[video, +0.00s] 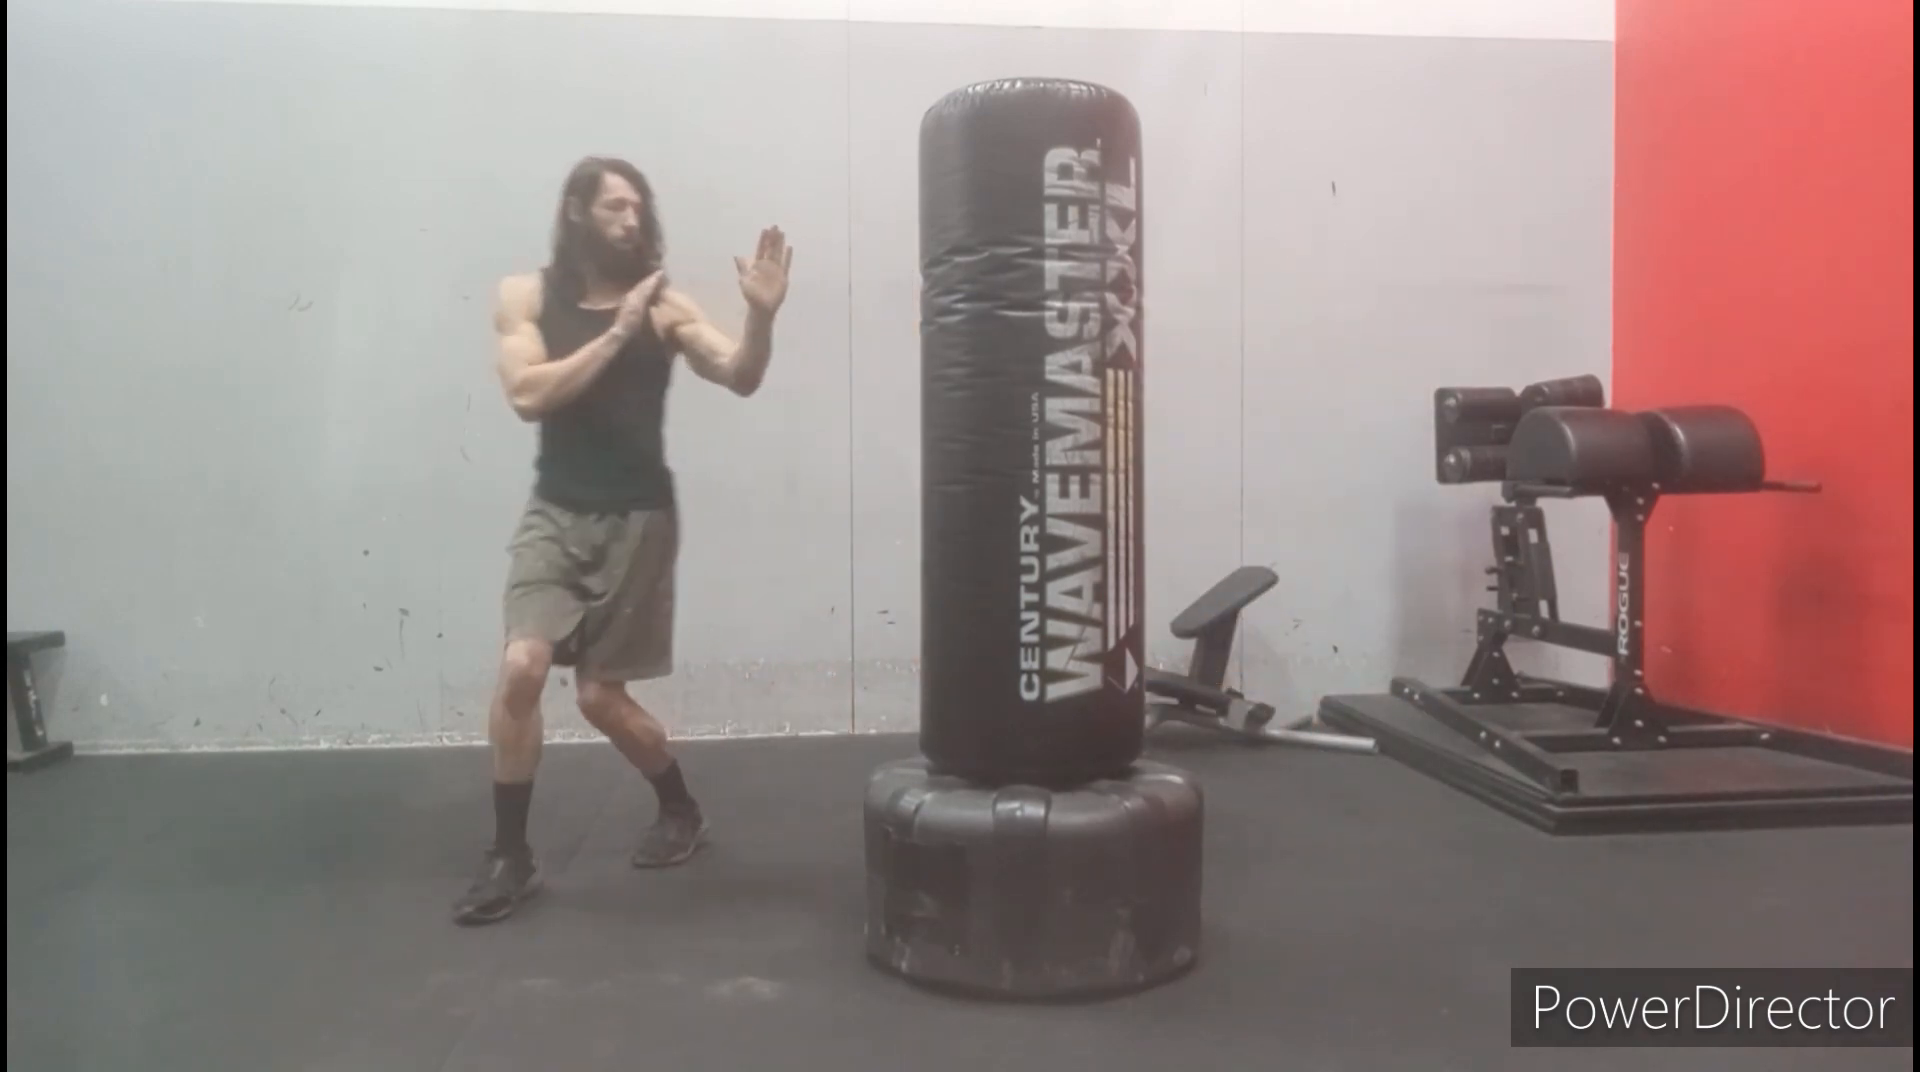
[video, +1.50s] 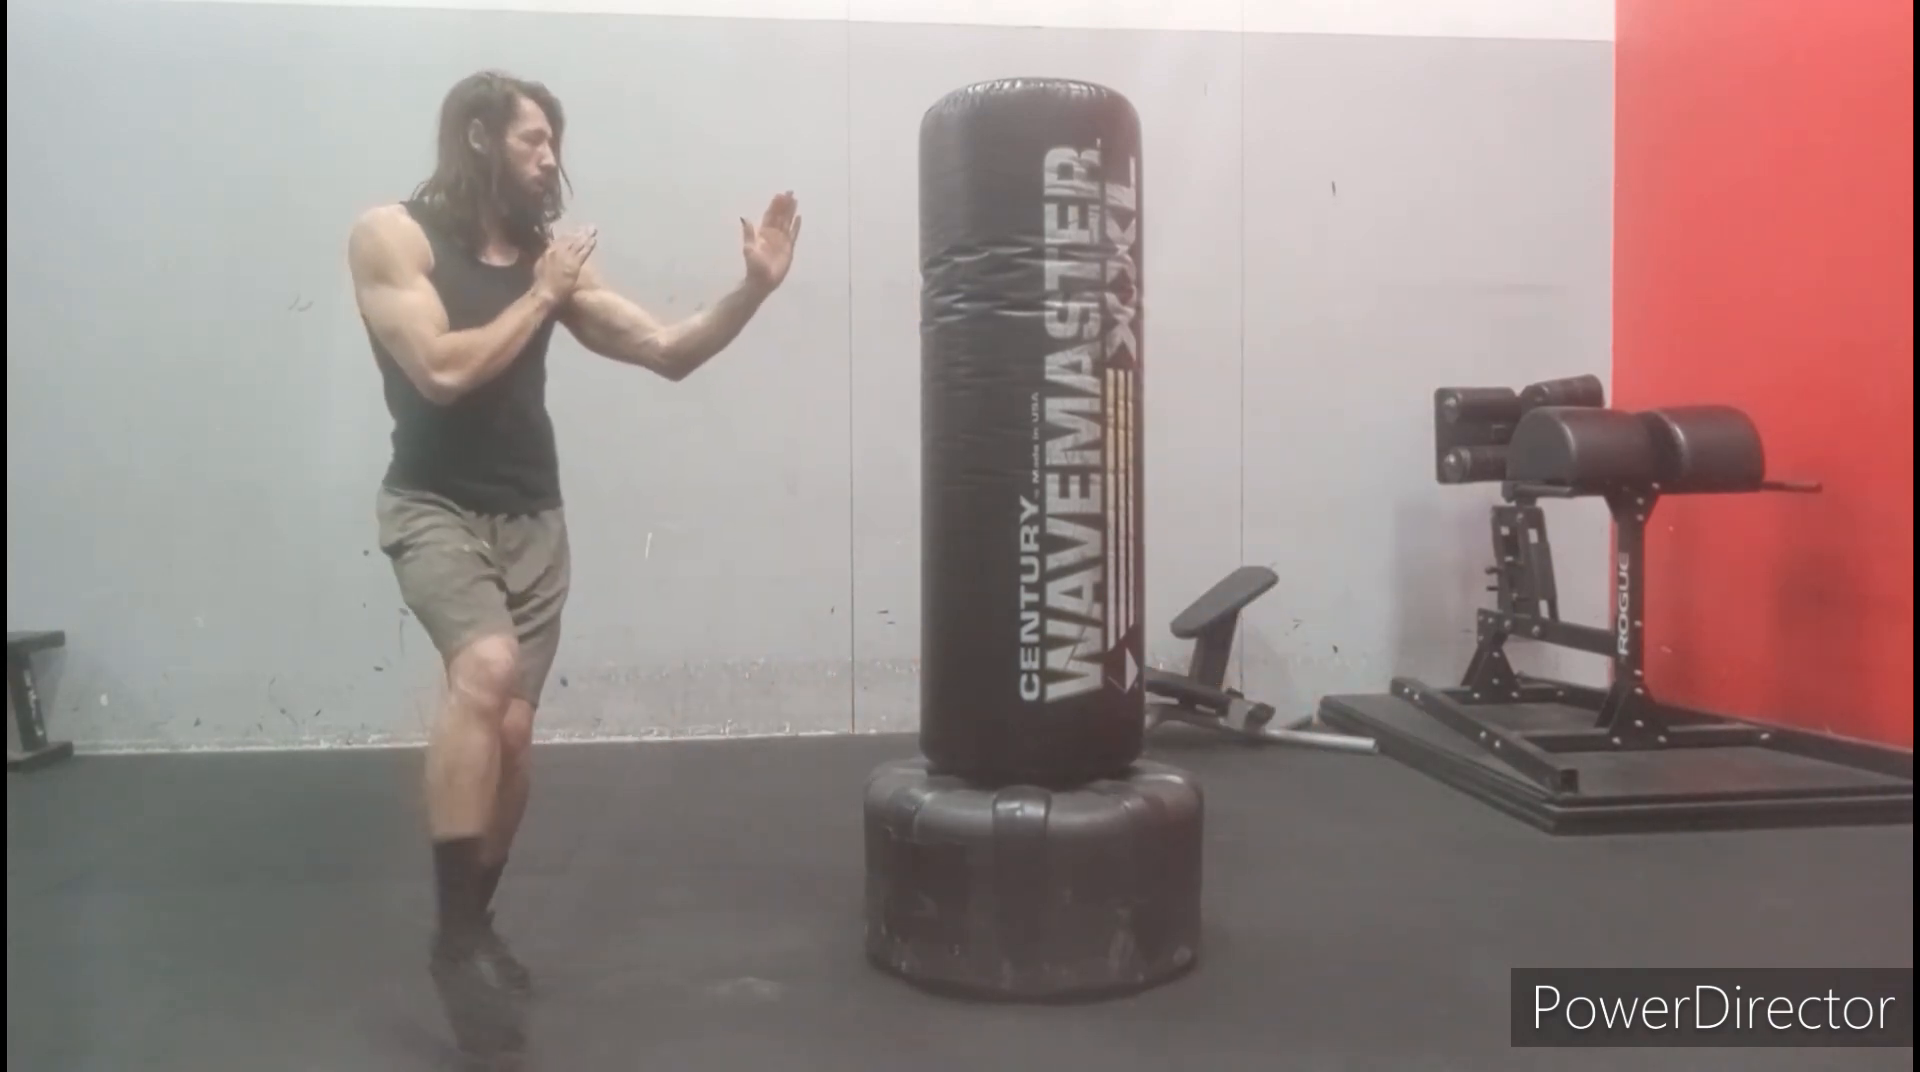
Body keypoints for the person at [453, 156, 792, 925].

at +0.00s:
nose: (631, 219)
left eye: (638, 208)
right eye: (614, 207)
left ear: (647, 220)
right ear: (576, 218)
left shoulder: (662, 306)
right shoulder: (525, 295)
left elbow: (741, 376)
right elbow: (528, 396)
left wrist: (761, 315)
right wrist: (621, 331)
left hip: (637, 516)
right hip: (555, 510)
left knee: (598, 696)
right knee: (521, 668)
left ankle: (680, 810)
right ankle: (509, 855)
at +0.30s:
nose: (578, 207)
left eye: (585, 195)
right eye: (562, 193)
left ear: (592, 206)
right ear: (520, 197)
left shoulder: (600, 295)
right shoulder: (453, 277)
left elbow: (694, 370)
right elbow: (463, 381)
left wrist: (732, 305)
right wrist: (562, 324)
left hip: (574, 514)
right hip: (487, 516)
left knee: (546, 675)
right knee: (488, 700)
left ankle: (602, 775)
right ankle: (513, 862)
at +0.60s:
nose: (555, 198)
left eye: (560, 185)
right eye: (538, 183)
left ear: (563, 196)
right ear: (490, 187)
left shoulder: (572, 290)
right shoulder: (416, 269)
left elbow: (678, 368)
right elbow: (439, 383)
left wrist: (729, 302)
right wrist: (544, 316)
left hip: (546, 515)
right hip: (457, 522)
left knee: (515, 664)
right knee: (485, 716)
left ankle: (501, 885)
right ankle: (514, 877)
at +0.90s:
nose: (548, 178)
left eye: (552, 163)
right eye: (531, 161)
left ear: (553, 174)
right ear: (478, 164)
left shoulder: (557, 276)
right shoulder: (398, 249)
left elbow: (676, 359)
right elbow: (438, 371)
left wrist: (743, 289)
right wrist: (544, 302)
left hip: (537, 524)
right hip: (440, 531)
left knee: (513, 711)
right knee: (458, 756)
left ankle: (475, 928)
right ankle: (505, 837)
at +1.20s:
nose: (551, 160)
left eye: (553, 144)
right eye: (533, 142)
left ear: (545, 155)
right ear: (477, 145)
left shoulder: (552, 263)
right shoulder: (392, 233)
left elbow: (676, 350)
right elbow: (438, 366)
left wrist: (754, 280)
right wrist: (544, 290)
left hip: (533, 519)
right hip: (427, 512)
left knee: (524, 726)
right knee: (449, 692)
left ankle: (474, 926)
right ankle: (418, 832)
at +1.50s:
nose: (551, 159)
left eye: (553, 142)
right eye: (534, 141)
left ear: (538, 153)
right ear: (477, 144)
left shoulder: (545, 263)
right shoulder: (388, 235)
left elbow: (669, 350)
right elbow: (442, 373)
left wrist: (753, 286)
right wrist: (544, 291)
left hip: (530, 517)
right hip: (432, 507)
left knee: (513, 731)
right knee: (487, 669)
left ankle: (473, 924)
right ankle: (457, 938)